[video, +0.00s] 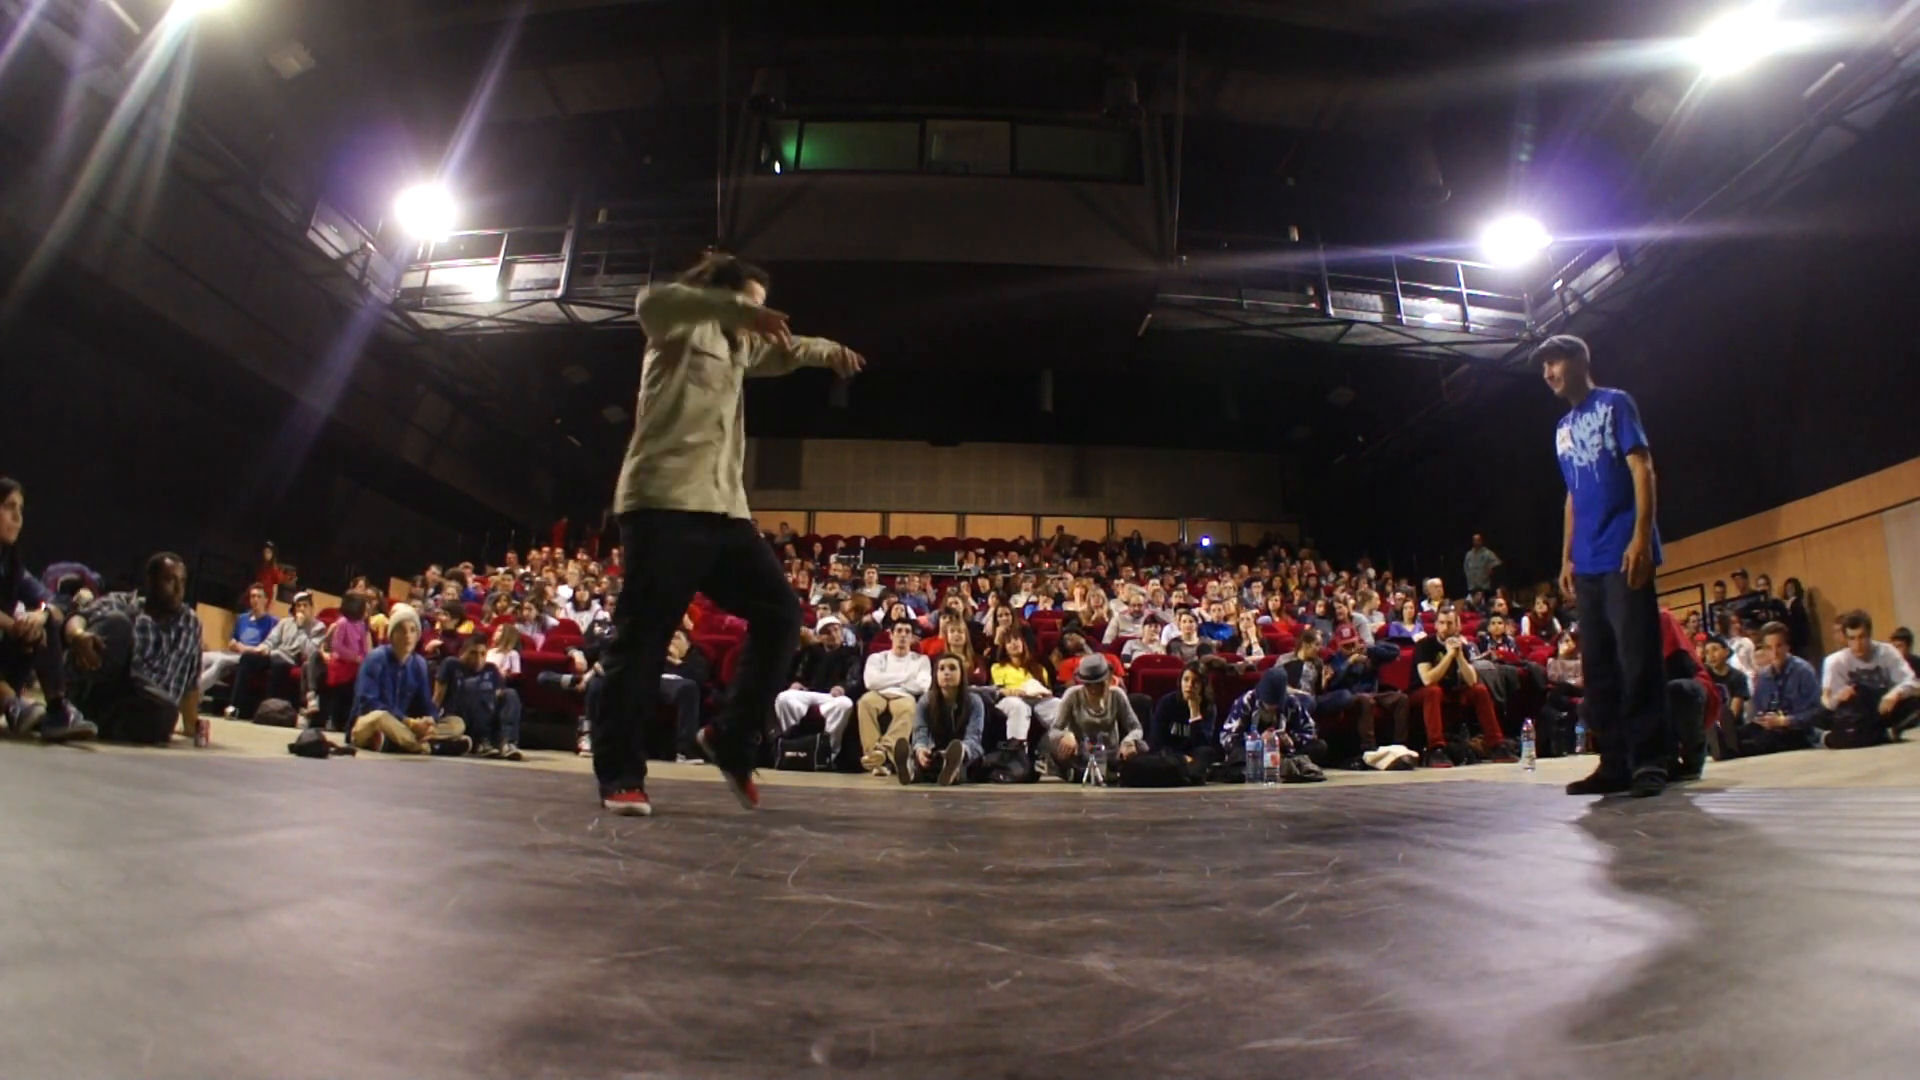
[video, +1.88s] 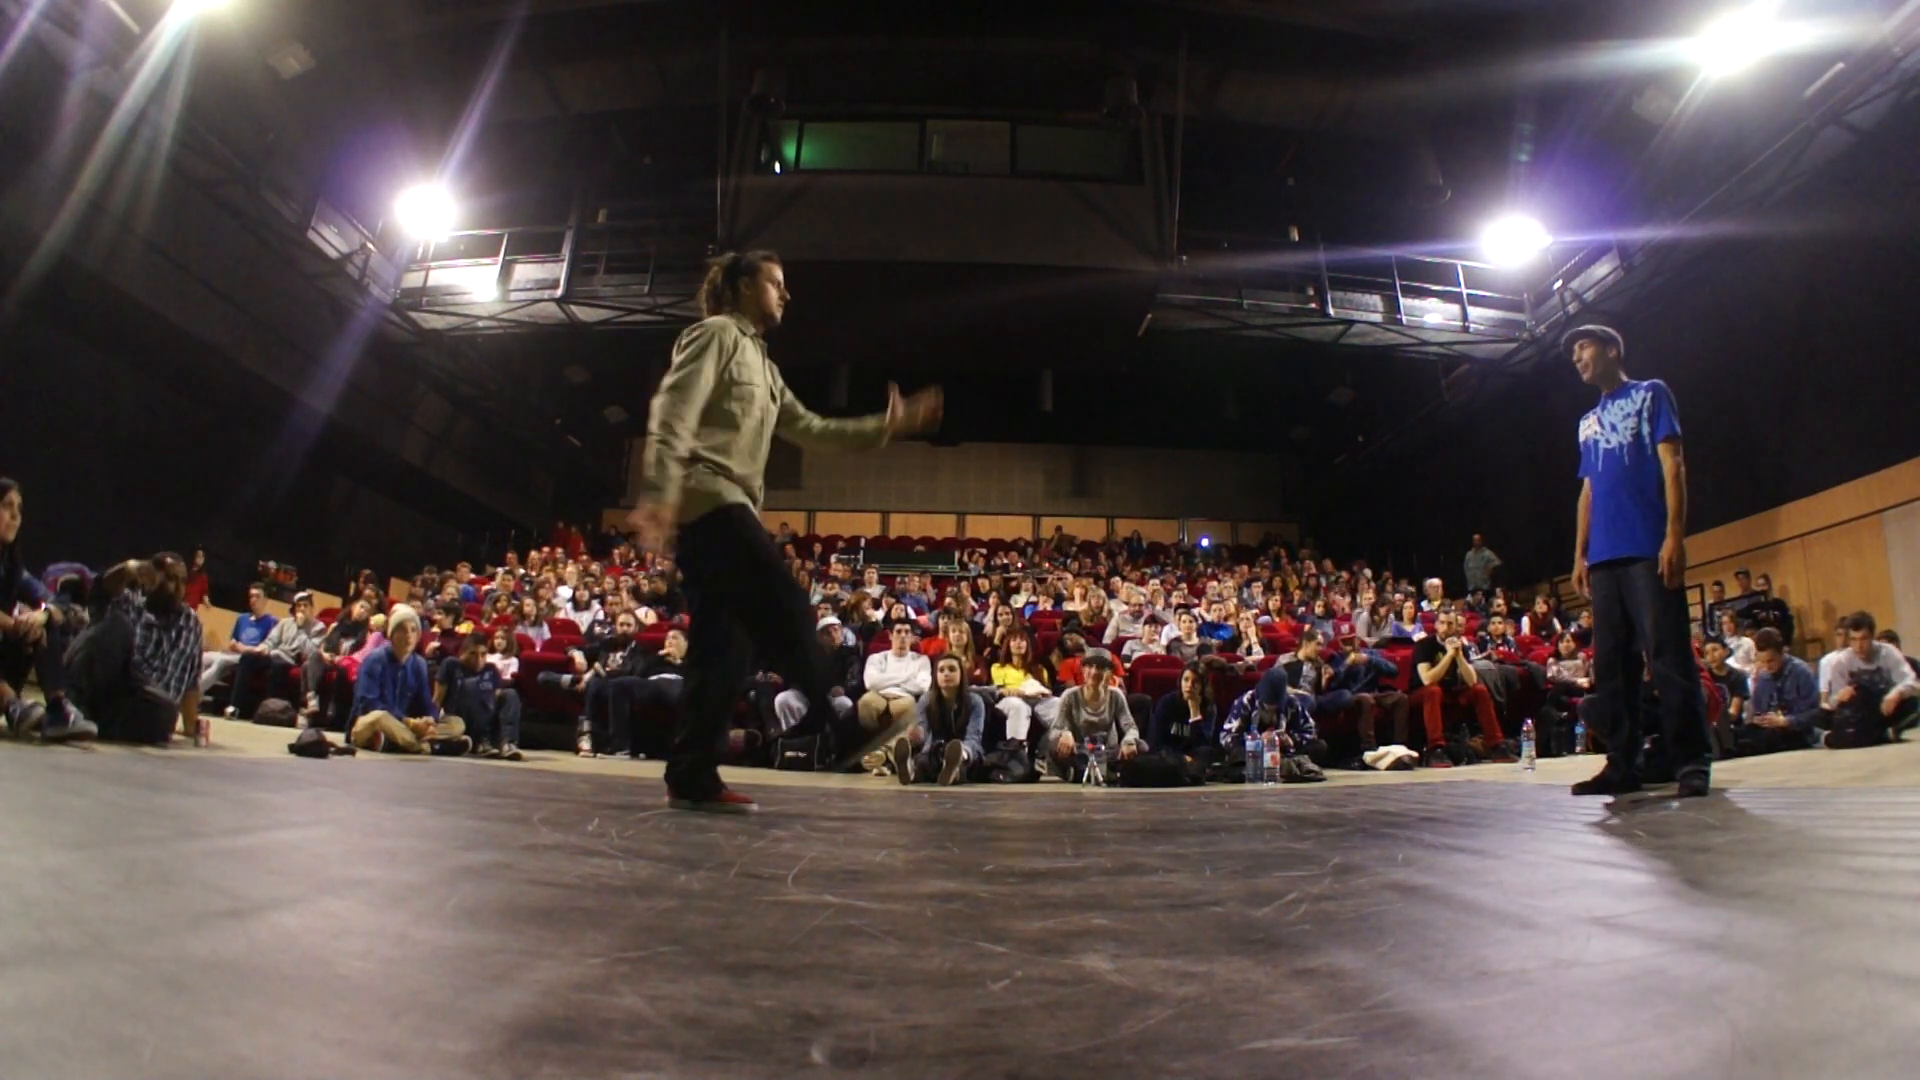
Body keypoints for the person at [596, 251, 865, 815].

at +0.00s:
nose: (759, 316)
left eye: (762, 309)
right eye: (753, 305)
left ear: (756, 310)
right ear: (723, 292)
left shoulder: (741, 346)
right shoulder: (675, 321)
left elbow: (787, 350)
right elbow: (653, 300)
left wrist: (833, 351)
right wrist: (739, 310)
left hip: (723, 510)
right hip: (663, 504)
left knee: (780, 616)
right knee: (640, 642)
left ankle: (734, 739)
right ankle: (619, 773)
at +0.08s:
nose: (761, 322)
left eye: (765, 314)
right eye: (757, 309)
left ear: (755, 312)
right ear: (729, 296)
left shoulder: (739, 347)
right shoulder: (687, 321)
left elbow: (777, 349)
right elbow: (660, 283)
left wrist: (834, 350)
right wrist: (723, 261)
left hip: (730, 513)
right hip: (674, 507)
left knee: (784, 615)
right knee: (659, 640)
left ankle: (740, 740)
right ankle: (617, 764)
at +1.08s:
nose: (796, 312)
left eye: (799, 304)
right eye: (788, 299)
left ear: (790, 312)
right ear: (753, 295)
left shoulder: (774, 366)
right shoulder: (708, 318)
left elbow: (810, 409)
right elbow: (651, 313)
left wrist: (862, 438)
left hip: (725, 505)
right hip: (671, 486)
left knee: (764, 630)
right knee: (705, 613)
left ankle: (769, 750)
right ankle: (633, 747)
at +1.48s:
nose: (792, 310)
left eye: (793, 303)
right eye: (784, 299)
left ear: (768, 307)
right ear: (749, 296)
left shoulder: (760, 370)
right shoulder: (707, 328)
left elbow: (789, 403)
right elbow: (643, 308)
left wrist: (842, 423)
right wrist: (704, 321)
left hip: (730, 519)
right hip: (687, 505)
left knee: (733, 653)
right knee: (658, 643)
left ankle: (691, 775)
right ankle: (595, 774)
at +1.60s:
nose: (791, 304)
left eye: (792, 296)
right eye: (783, 293)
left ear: (768, 302)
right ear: (749, 293)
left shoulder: (766, 365)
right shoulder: (718, 330)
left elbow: (801, 402)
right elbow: (672, 335)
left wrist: (840, 440)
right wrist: (749, 369)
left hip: (733, 528)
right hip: (685, 513)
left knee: (716, 662)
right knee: (643, 645)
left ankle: (692, 775)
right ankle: (589, 773)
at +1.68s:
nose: (790, 300)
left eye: (789, 293)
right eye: (781, 290)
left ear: (765, 297)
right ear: (747, 291)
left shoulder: (765, 367)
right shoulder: (722, 329)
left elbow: (791, 424)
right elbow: (685, 377)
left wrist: (836, 454)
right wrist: (748, 422)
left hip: (734, 519)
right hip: (694, 506)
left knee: (723, 649)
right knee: (692, 635)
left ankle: (692, 775)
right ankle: (602, 736)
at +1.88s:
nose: (785, 296)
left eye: (784, 287)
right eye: (775, 284)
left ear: (755, 294)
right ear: (741, 287)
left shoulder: (764, 368)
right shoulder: (716, 333)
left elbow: (810, 429)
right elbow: (673, 411)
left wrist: (888, 422)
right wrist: (660, 492)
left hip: (729, 505)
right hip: (707, 499)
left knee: (720, 645)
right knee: (784, 607)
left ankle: (693, 774)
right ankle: (837, 722)